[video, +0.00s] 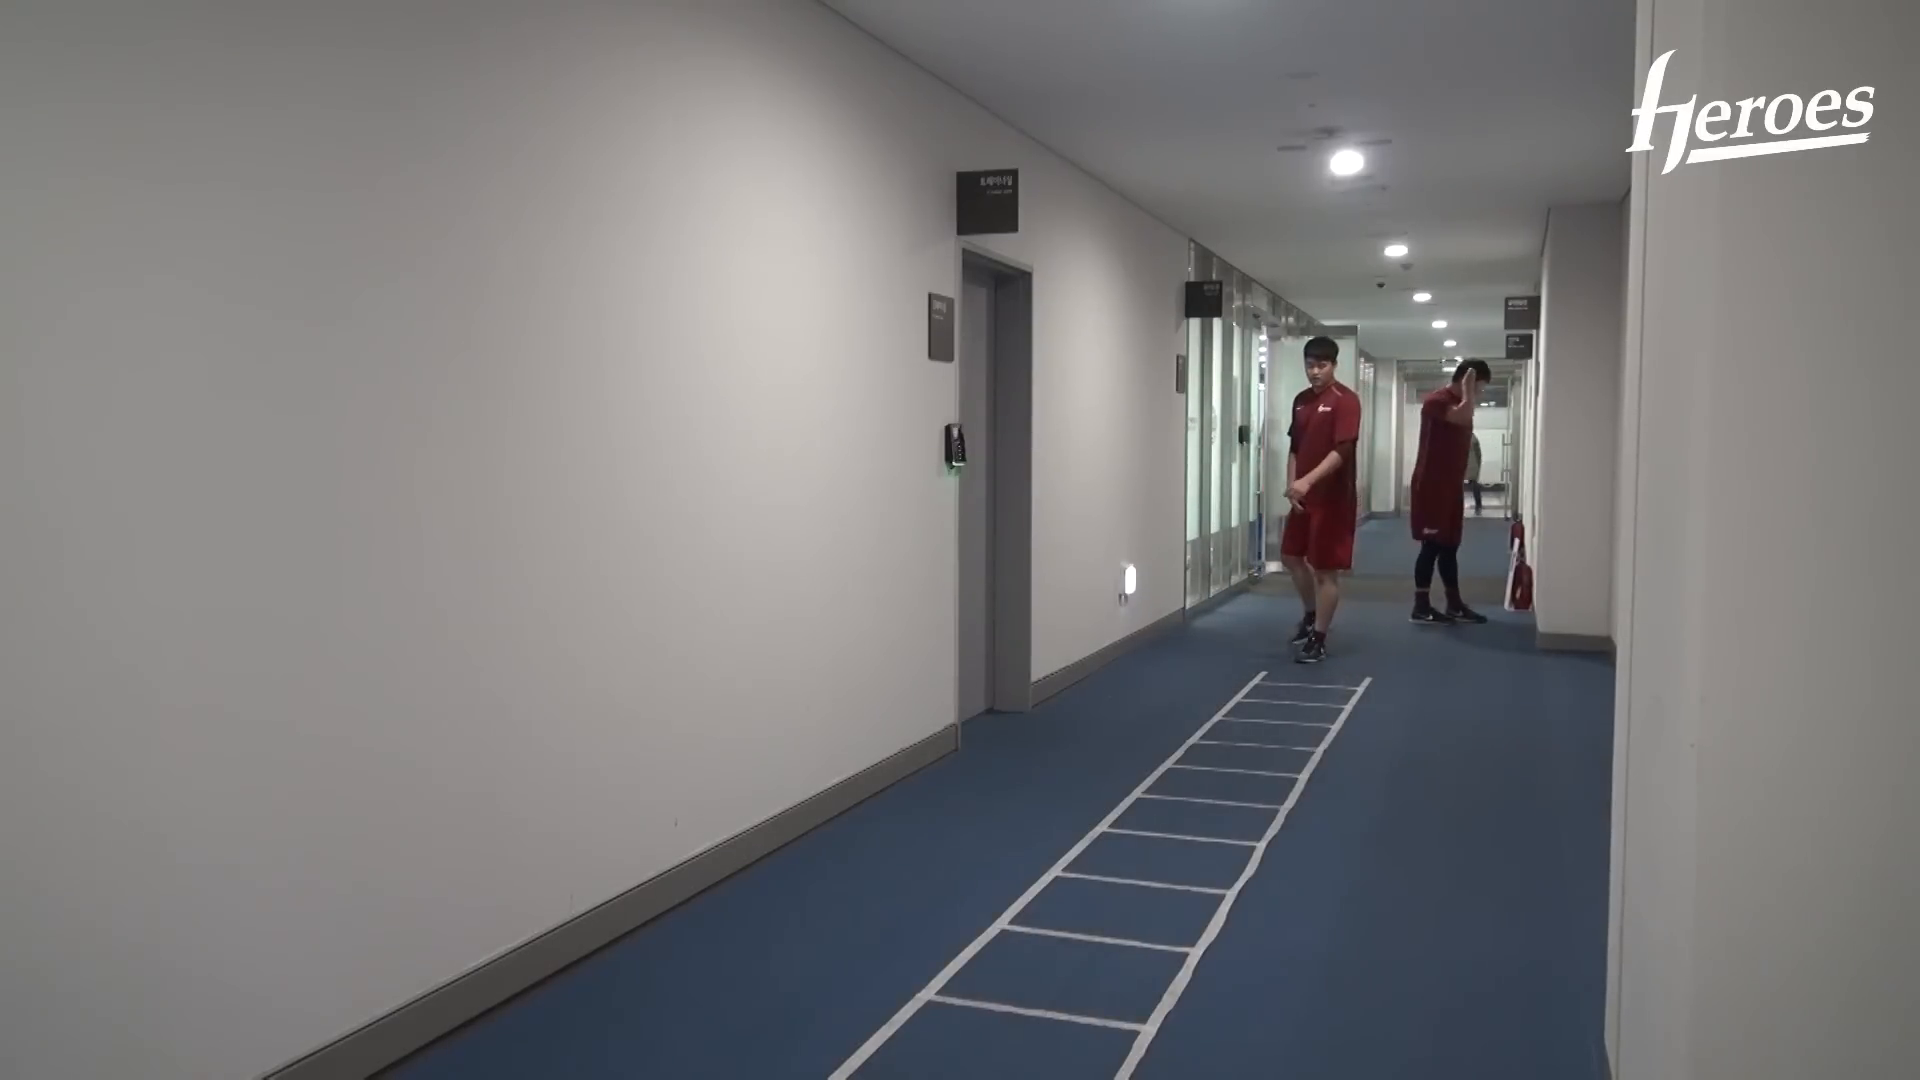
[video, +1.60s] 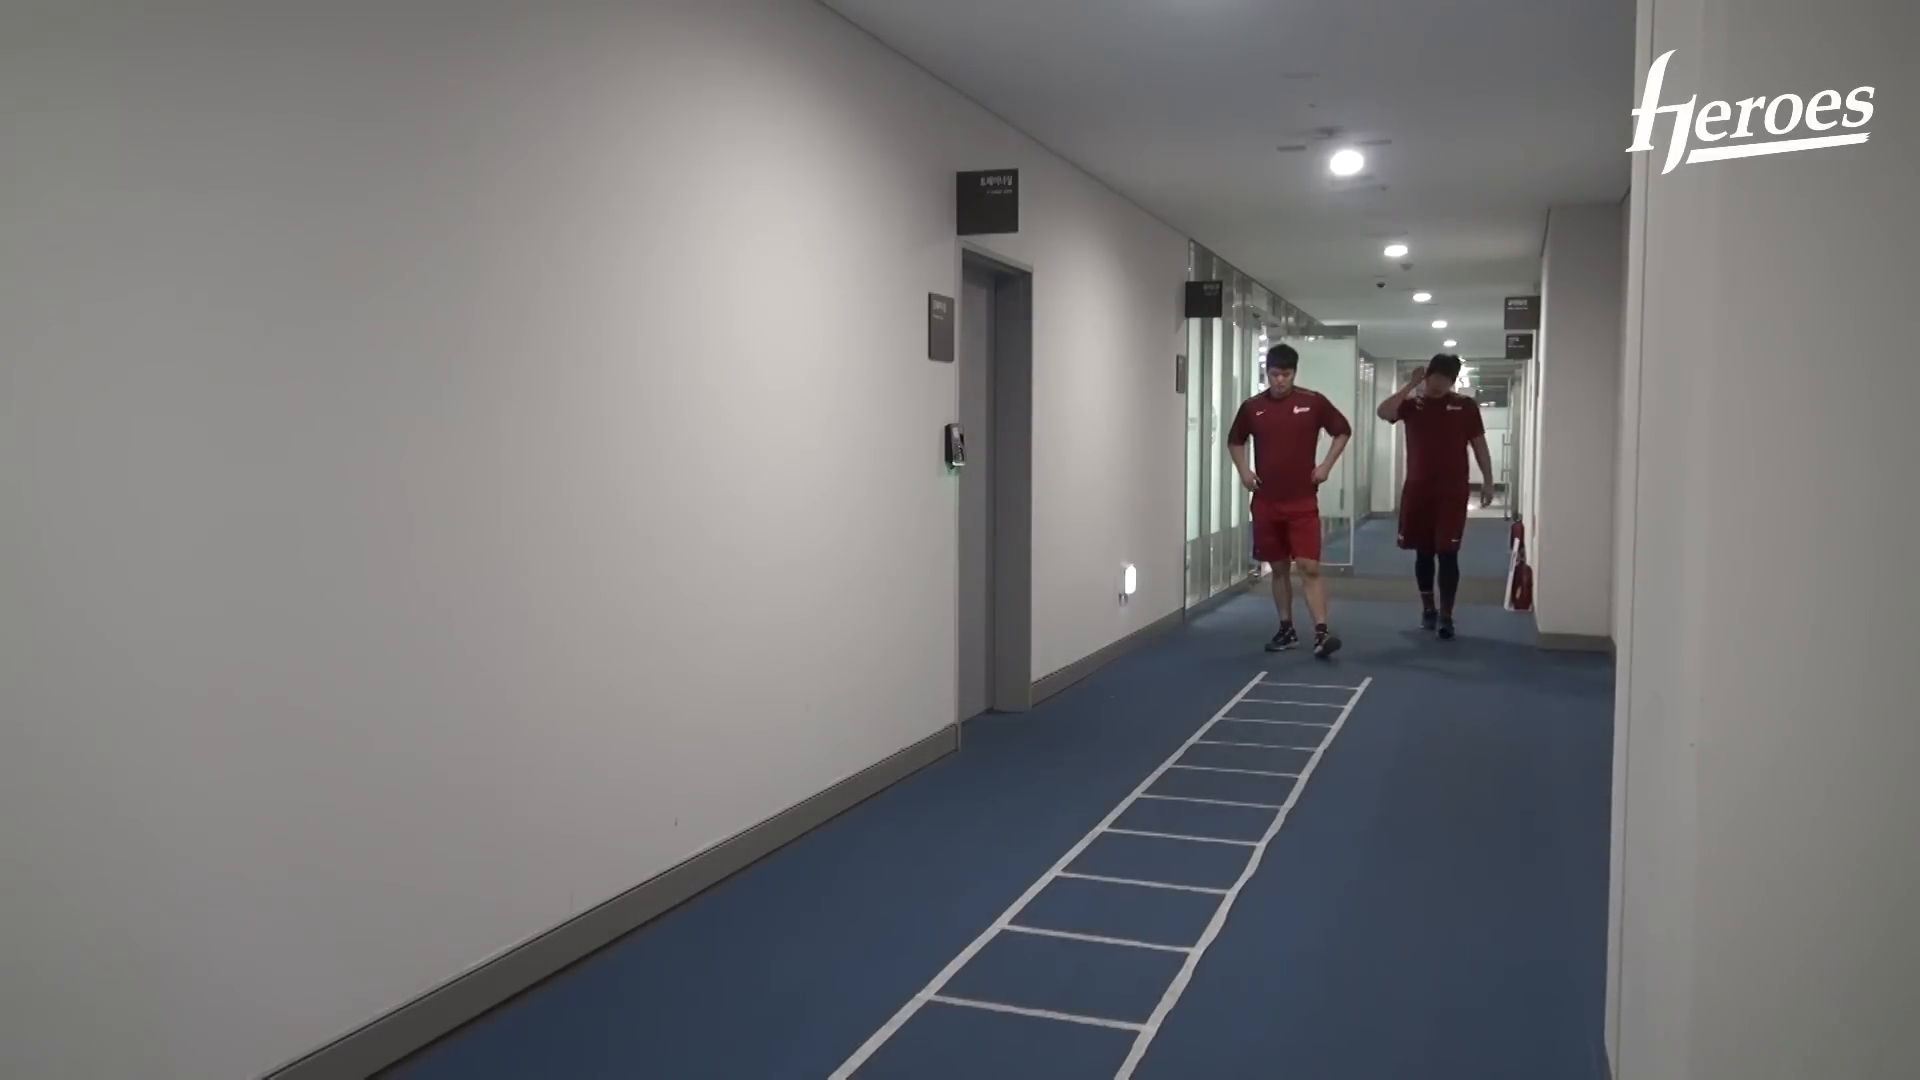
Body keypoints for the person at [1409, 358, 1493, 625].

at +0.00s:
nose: (1481, 393)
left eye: (1482, 388)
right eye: (1480, 386)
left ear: (1465, 379)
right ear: (1467, 379)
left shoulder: (1459, 405)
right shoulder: (1436, 402)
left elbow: (1454, 450)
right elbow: (1462, 417)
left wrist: (1458, 480)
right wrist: (1466, 390)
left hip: (1450, 487)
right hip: (1432, 487)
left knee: (1449, 547)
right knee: (1431, 545)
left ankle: (1454, 604)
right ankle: (1421, 605)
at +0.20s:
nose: (1490, 393)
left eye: (1493, 388)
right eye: (1489, 386)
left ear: (1487, 386)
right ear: (1475, 380)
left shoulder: (1480, 409)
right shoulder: (1439, 400)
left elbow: (1481, 443)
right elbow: (1449, 415)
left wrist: (1493, 475)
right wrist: (1465, 388)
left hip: (1460, 485)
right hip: (1434, 483)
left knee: (1455, 544)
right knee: (1436, 540)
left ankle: (1455, 604)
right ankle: (1423, 603)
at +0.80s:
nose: (1463, 389)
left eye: (1468, 384)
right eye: (1460, 382)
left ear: (1472, 383)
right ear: (1448, 377)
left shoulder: (1475, 405)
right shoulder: (1426, 402)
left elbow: (1484, 443)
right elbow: (1412, 415)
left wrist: (1494, 477)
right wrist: (1431, 385)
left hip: (1464, 487)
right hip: (1431, 487)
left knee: (1464, 547)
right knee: (1431, 545)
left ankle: (1456, 604)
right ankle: (1428, 607)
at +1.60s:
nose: (1435, 388)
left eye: (1442, 384)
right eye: (1433, 382)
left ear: (1452, 382)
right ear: (1426, 377)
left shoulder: (1465, 407)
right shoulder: (1411, 404)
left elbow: (1479, 446)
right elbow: (1383, 412)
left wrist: (1488, 481)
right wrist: (1408, 386)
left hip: (1452, 491)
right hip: (1419, 490)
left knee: (1447, 553)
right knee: (1424, 552)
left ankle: (1446, 615)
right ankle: (1428, 609)